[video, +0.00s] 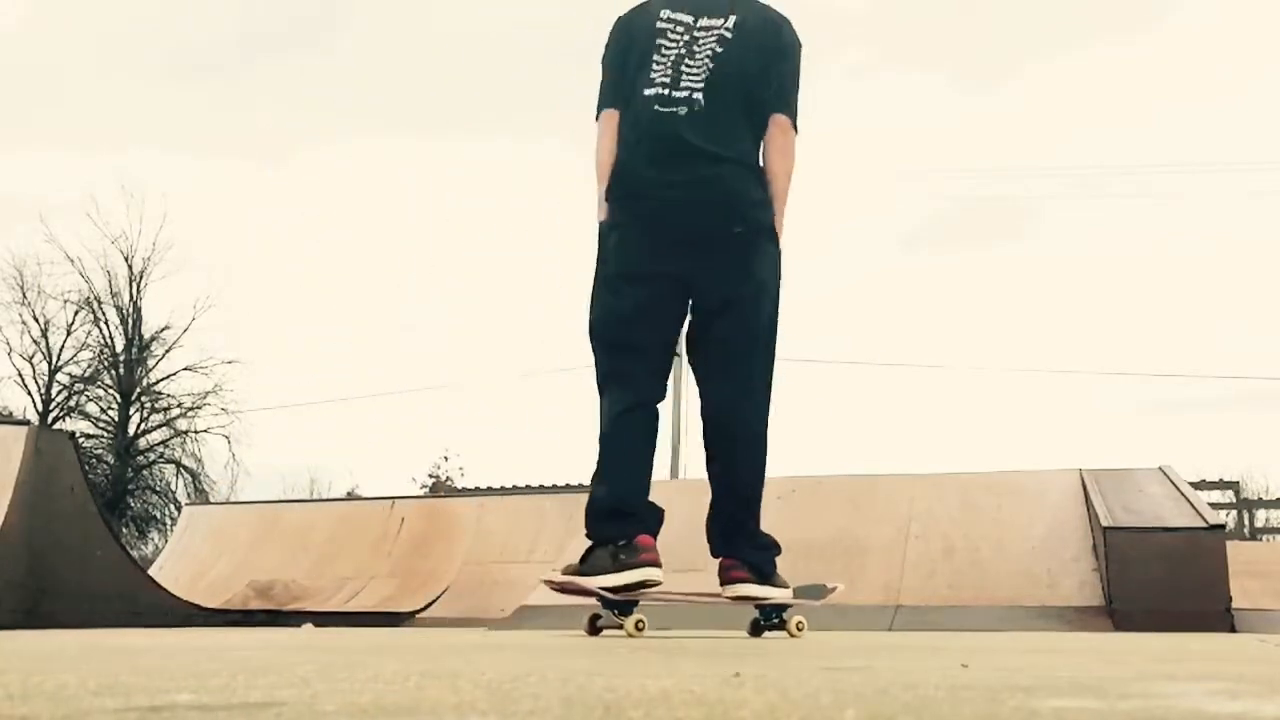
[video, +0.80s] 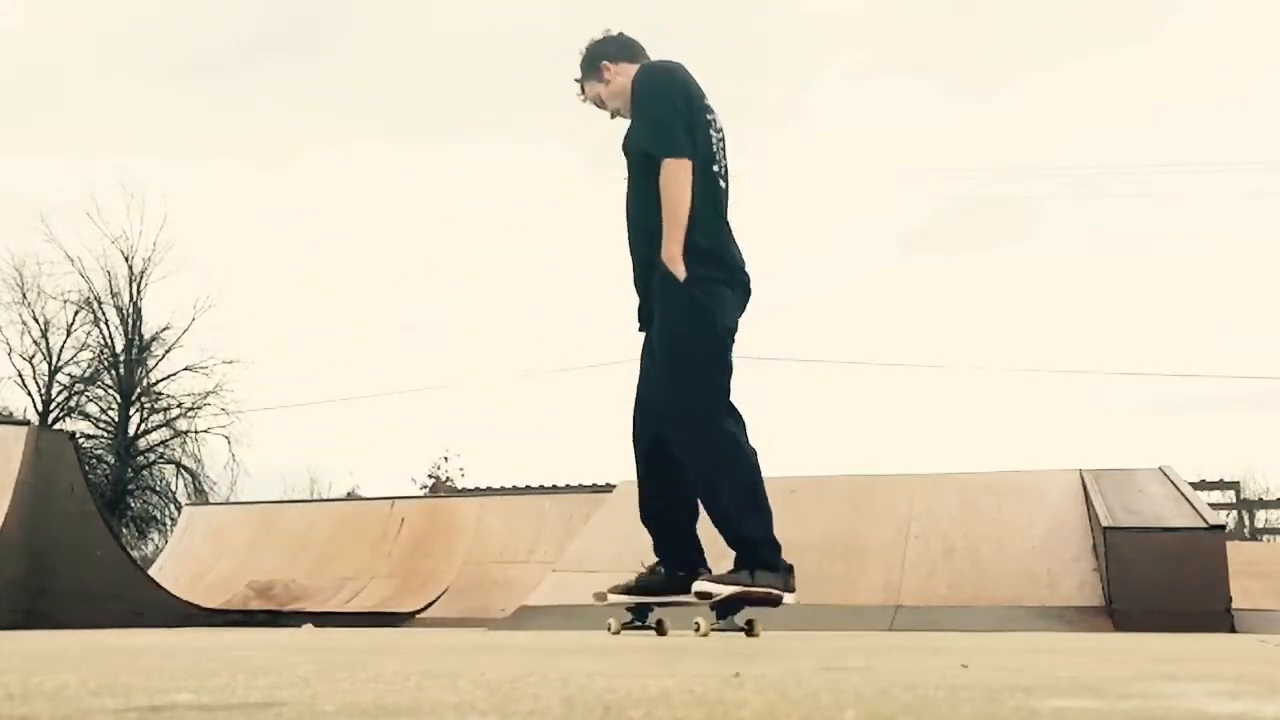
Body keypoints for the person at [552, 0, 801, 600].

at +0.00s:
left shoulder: (634, 19)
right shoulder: (772, 25)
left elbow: (610, 124)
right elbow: (779, 131)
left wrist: (607, 216)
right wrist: (772, 226)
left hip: (640, 222)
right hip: (736, 224)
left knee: (628, 389)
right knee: (737, 398)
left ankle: (624, 536)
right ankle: (742, 554)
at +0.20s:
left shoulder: (648, 16)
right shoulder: (756, 49)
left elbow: (646, 118)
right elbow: (777, 150)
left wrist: (641, 227)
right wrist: (776, 220)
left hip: (685, 229)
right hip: (763, 230)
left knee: (672, 387)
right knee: (784, 390)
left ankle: (707, 544)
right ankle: (823, 553)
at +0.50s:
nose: (624, 71)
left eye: (619, 60)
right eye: (619, 64)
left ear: (627, 34)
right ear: (665, 19)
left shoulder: (660, 48)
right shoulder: (733, 70)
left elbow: (678, 142)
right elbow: (760, 174)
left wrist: (679, 244)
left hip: (716, 251)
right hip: (756, 247)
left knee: (719, 406)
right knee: (723, 404)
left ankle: (787, 556)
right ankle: (747, 556)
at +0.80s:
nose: (604, 109)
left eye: (597, 96)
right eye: (596, 103)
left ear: (613, 70)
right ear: (618, 71)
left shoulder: (659, 76)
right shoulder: (669, 99)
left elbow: (677, 162)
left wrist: (670, 253)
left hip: (696, 283)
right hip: (678, 290)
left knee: (698, 417)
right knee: (655, 423)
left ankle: (761, 563)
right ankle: (679, 563)